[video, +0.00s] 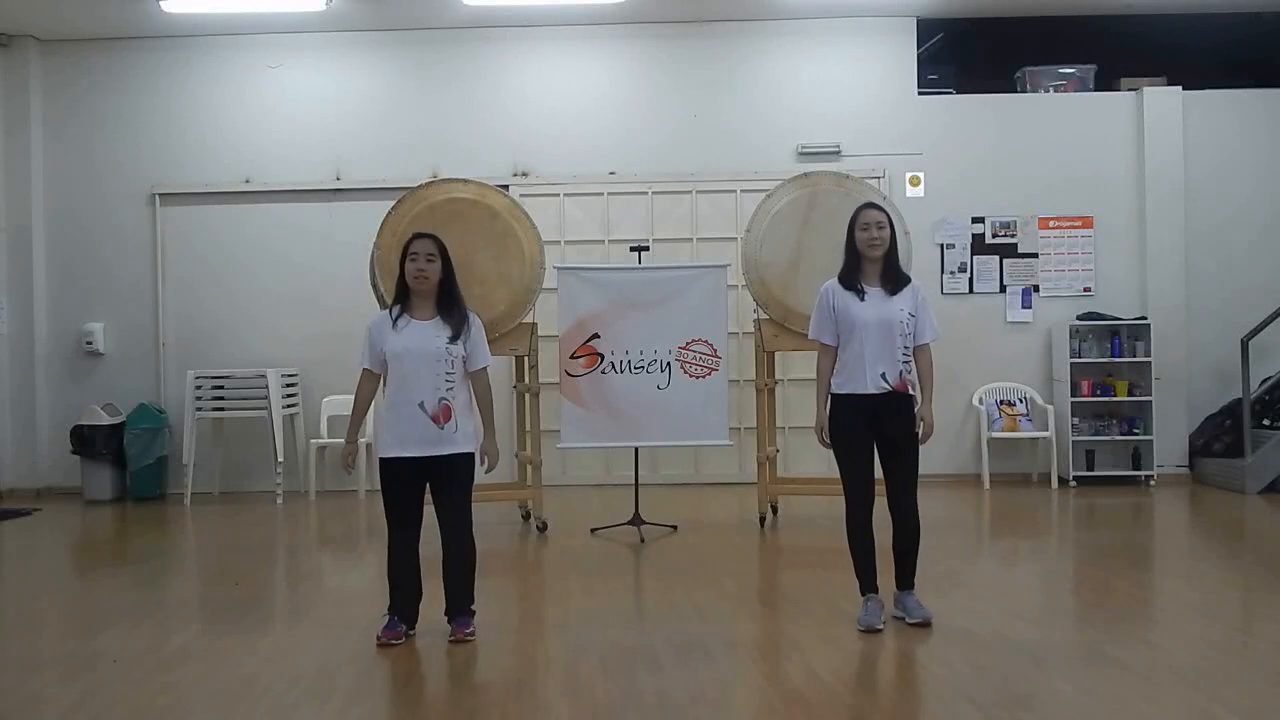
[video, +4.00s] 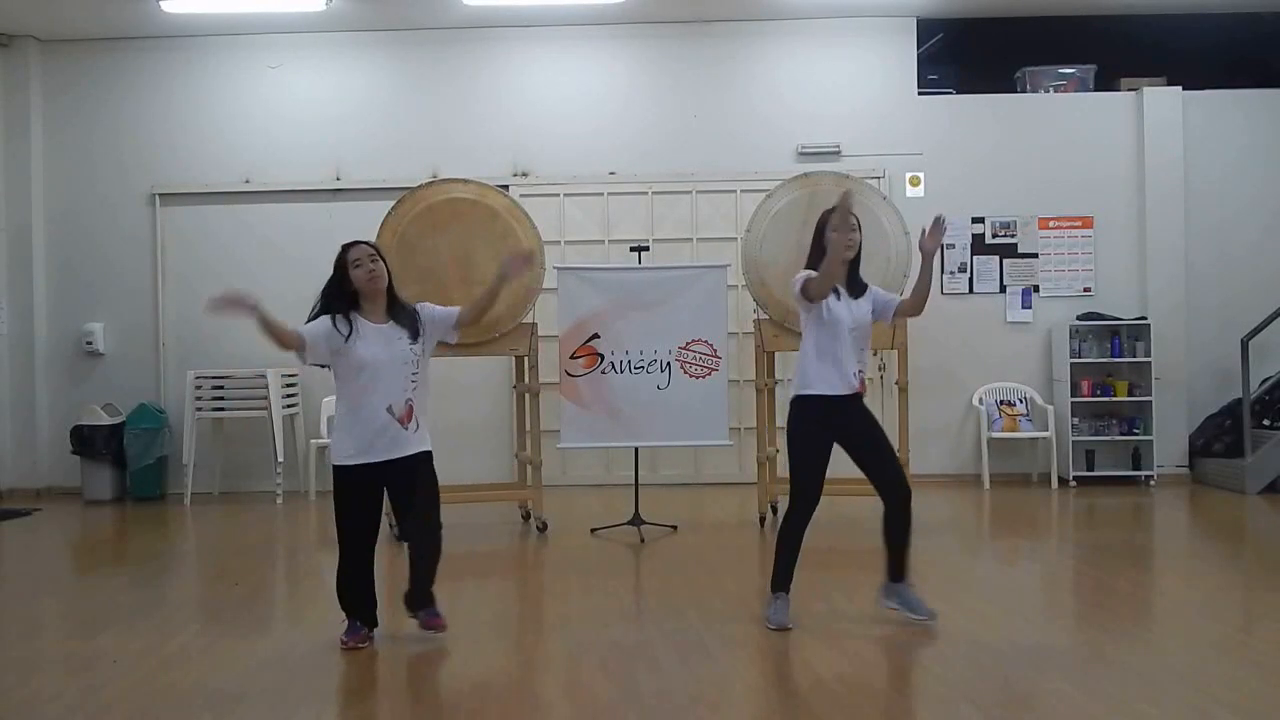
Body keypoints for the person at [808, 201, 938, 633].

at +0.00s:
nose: (873, 233)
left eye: (881, 227)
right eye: (865, 228)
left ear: (892, 235)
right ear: (852, 237)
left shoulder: (909, 290)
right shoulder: (834, 291)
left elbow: (922, 350)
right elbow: (826, 353)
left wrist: (926, 403)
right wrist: (821, 409)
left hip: (899, 407)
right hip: (849, 408)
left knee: (904, 503)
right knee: (859, 503)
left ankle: (905, 593)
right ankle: (870, 598)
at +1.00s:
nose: (893, 231)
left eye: (901, 226)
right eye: (886, 225)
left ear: (911, 237)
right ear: (873, 235)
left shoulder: (923, 291)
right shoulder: (850, 289)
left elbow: (937, 350)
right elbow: (839, 349)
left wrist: (945, 402)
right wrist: (838, 403)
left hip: (914, 404)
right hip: (865, 404)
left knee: (912, 499)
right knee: (855, 498)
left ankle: (908, 590)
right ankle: (837, 590)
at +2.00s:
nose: (862, 232)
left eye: (870, 226)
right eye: (854, 227)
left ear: (881, 237)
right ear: (842, 237)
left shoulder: (892, 294)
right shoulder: (821, 289)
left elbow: (901, 354)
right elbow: (807, 350)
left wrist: (905, 407)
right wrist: (806, 402)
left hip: (878, 405)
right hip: (830, 405)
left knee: (896, 497)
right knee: (833, 499)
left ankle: (907, 588)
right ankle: (835, 590)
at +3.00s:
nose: (881, 243)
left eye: (888, 236)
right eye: (873, 238)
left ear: (902, 243)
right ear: (862, 247)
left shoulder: (921, 295)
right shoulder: (845, 298)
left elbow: (953, 344)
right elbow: (820, 348)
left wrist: (964, 313)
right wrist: (798, 327)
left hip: (910, 413)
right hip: (860, 414)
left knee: (917, 507)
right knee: (851, 506)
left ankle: (915, 594)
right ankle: (866, 582)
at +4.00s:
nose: (852, 234)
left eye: (855, 228)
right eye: (843, 228)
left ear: (859, 240)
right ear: (823, 237)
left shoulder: (865, 293)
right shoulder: (806, 281)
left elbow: (913, 307)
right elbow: (818, 292)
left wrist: (927, 260)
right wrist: (836, 257)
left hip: (852, 407)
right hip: (811, 408)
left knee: (897, 491)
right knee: (803, 503)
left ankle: (896, 586)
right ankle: (779, 596)